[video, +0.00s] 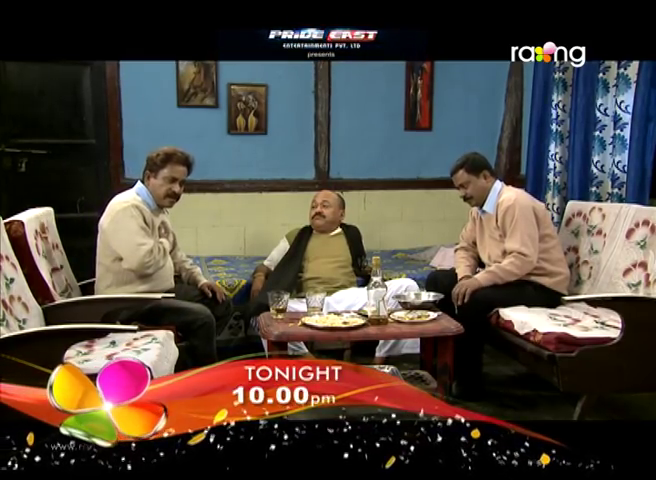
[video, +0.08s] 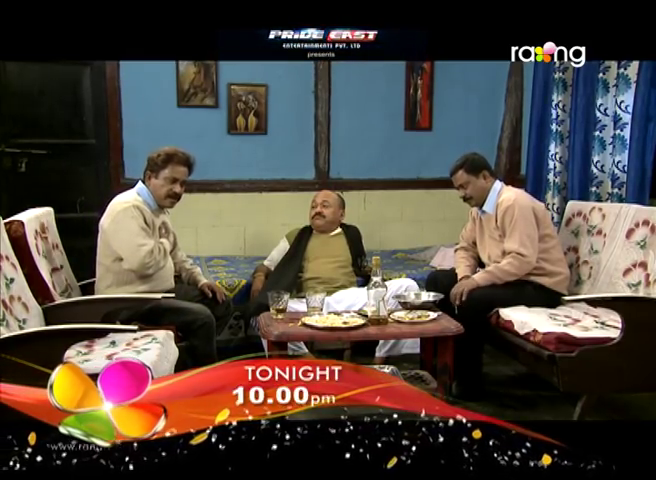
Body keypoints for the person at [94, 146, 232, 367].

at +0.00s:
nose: (177, 190)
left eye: (182, 184)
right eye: (171, 181)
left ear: (184, 185)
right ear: (149, 177)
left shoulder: (158, 214)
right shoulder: (125, 209)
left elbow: (176, 257)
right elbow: (140, 262)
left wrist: (201, 281)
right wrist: (164, 244)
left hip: (158, 295)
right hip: (128, 304)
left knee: (219, 303)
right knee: (200, 318)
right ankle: (205, 385)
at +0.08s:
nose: (178, 190)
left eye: (183, 184)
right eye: (172, 181)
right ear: (150, 177)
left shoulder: (158, 214)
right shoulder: (126, 209)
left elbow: (177, 257)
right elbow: (141, 262)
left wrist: (201, 281)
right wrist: (164, 244)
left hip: (158, 295)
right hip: (128, 304)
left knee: (219, 304)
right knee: (200, 318)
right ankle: (205, 385)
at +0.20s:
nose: (179, 191)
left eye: (184, 185)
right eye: (174, 182)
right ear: (152, 178)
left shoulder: (158, 214)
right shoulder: (126, 210)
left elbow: (177, 257)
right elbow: (142, 263)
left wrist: (201, 281)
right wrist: (165, 244)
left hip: (157, 295)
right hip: (128, 304)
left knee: (218, 304)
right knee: (200, 318)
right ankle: (205, 386)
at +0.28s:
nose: (180, 191)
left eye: (185, 185)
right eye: (175, 182)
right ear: (153, 178)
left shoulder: (158, 213)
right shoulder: (127, 210)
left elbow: (177, 257)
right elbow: (142, 263)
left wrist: (201, 281)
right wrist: (165, 245)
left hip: (157, 295)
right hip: (128, 305)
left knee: (218, 304)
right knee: (201, 319)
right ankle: (204, 386)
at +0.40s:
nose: (182, 192)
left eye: (186, 186)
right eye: (176, 183)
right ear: (154, 179)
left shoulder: (159, 214)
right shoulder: (128, 210)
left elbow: (177, 257)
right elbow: (144, 264)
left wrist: (201, 281)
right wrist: (166, 245)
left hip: (155, 296)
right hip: (126, 304)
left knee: (219, 305)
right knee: (200, 319)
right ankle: (204, 386)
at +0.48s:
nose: (182, 192)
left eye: (187, 187)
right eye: (176, 183)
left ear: (191, 188)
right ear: (154, 179)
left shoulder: (159, 214)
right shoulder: (129, 210)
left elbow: (178, 258)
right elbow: (144, 264)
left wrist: (201, 282)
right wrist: (167, 244)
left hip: (156, 295)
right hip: (127, 304)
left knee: (219, 304)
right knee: (201, 319)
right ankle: (204, 385)